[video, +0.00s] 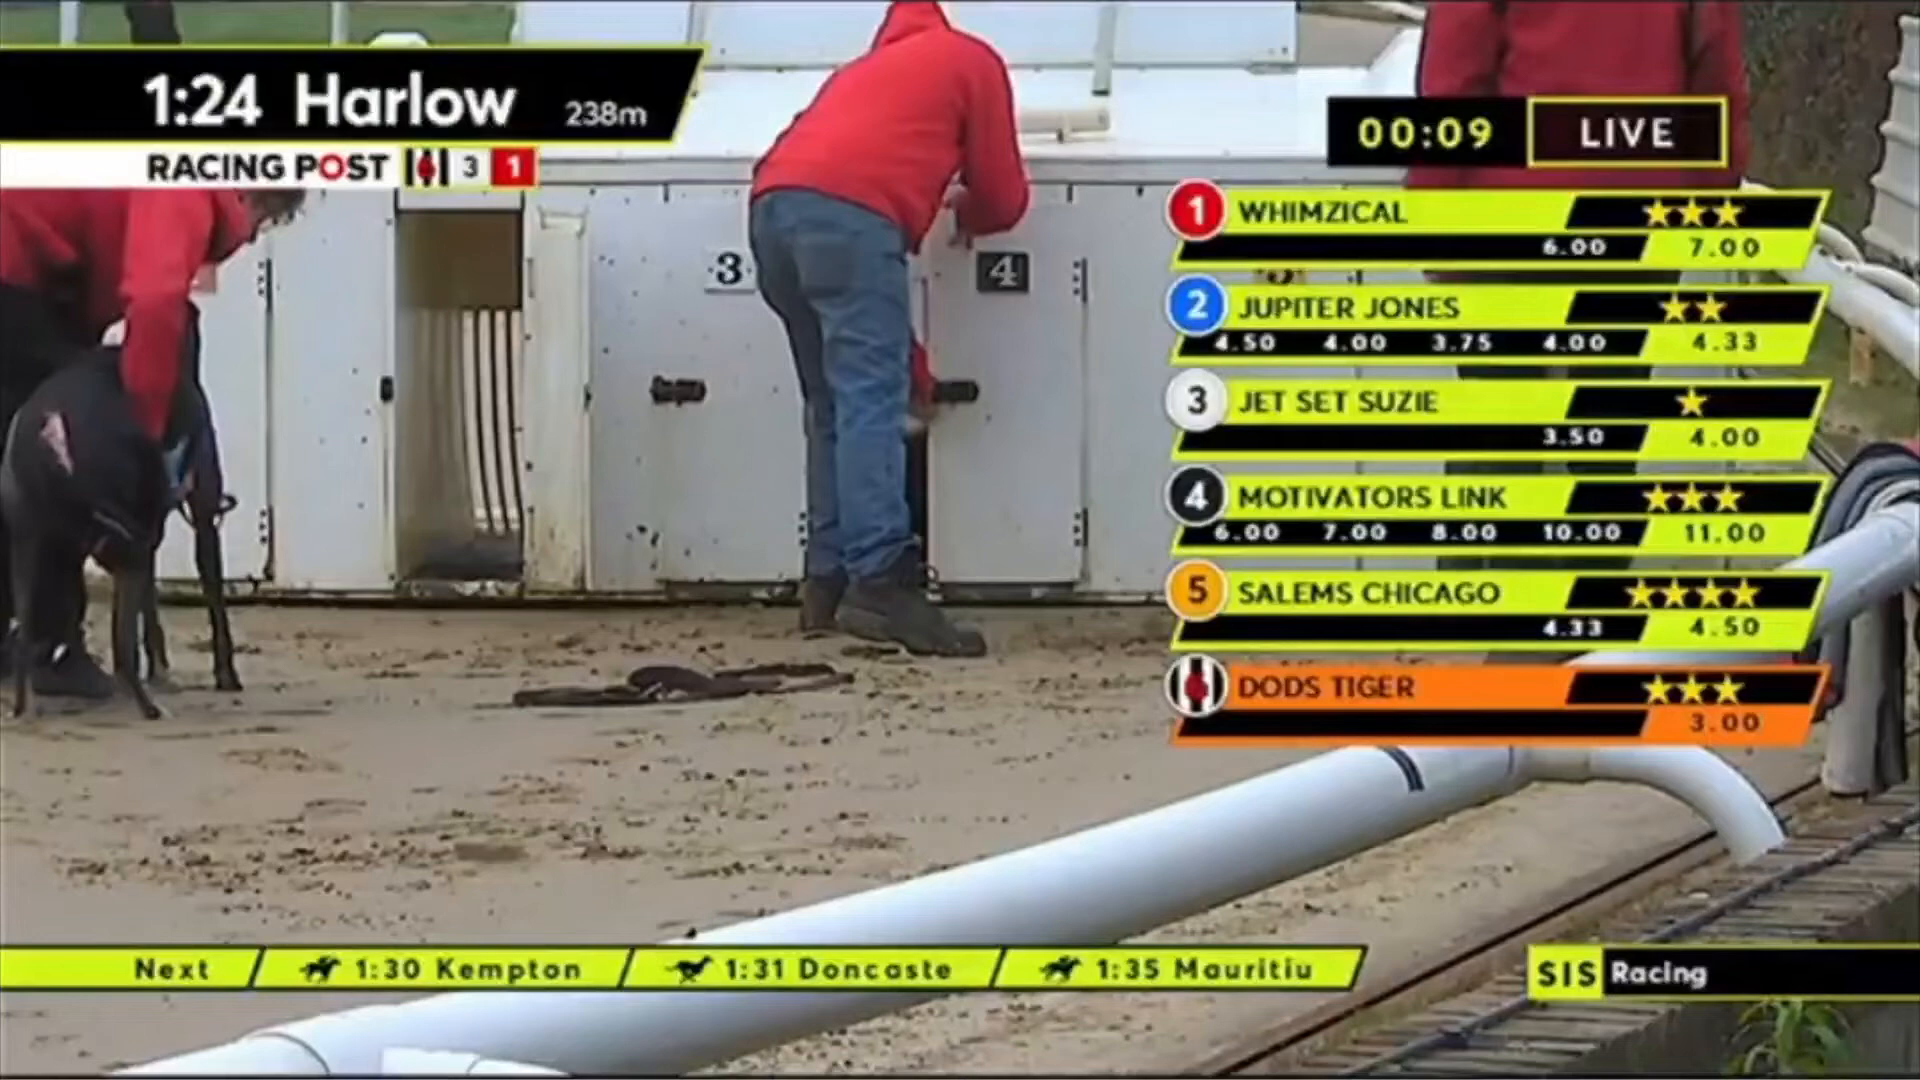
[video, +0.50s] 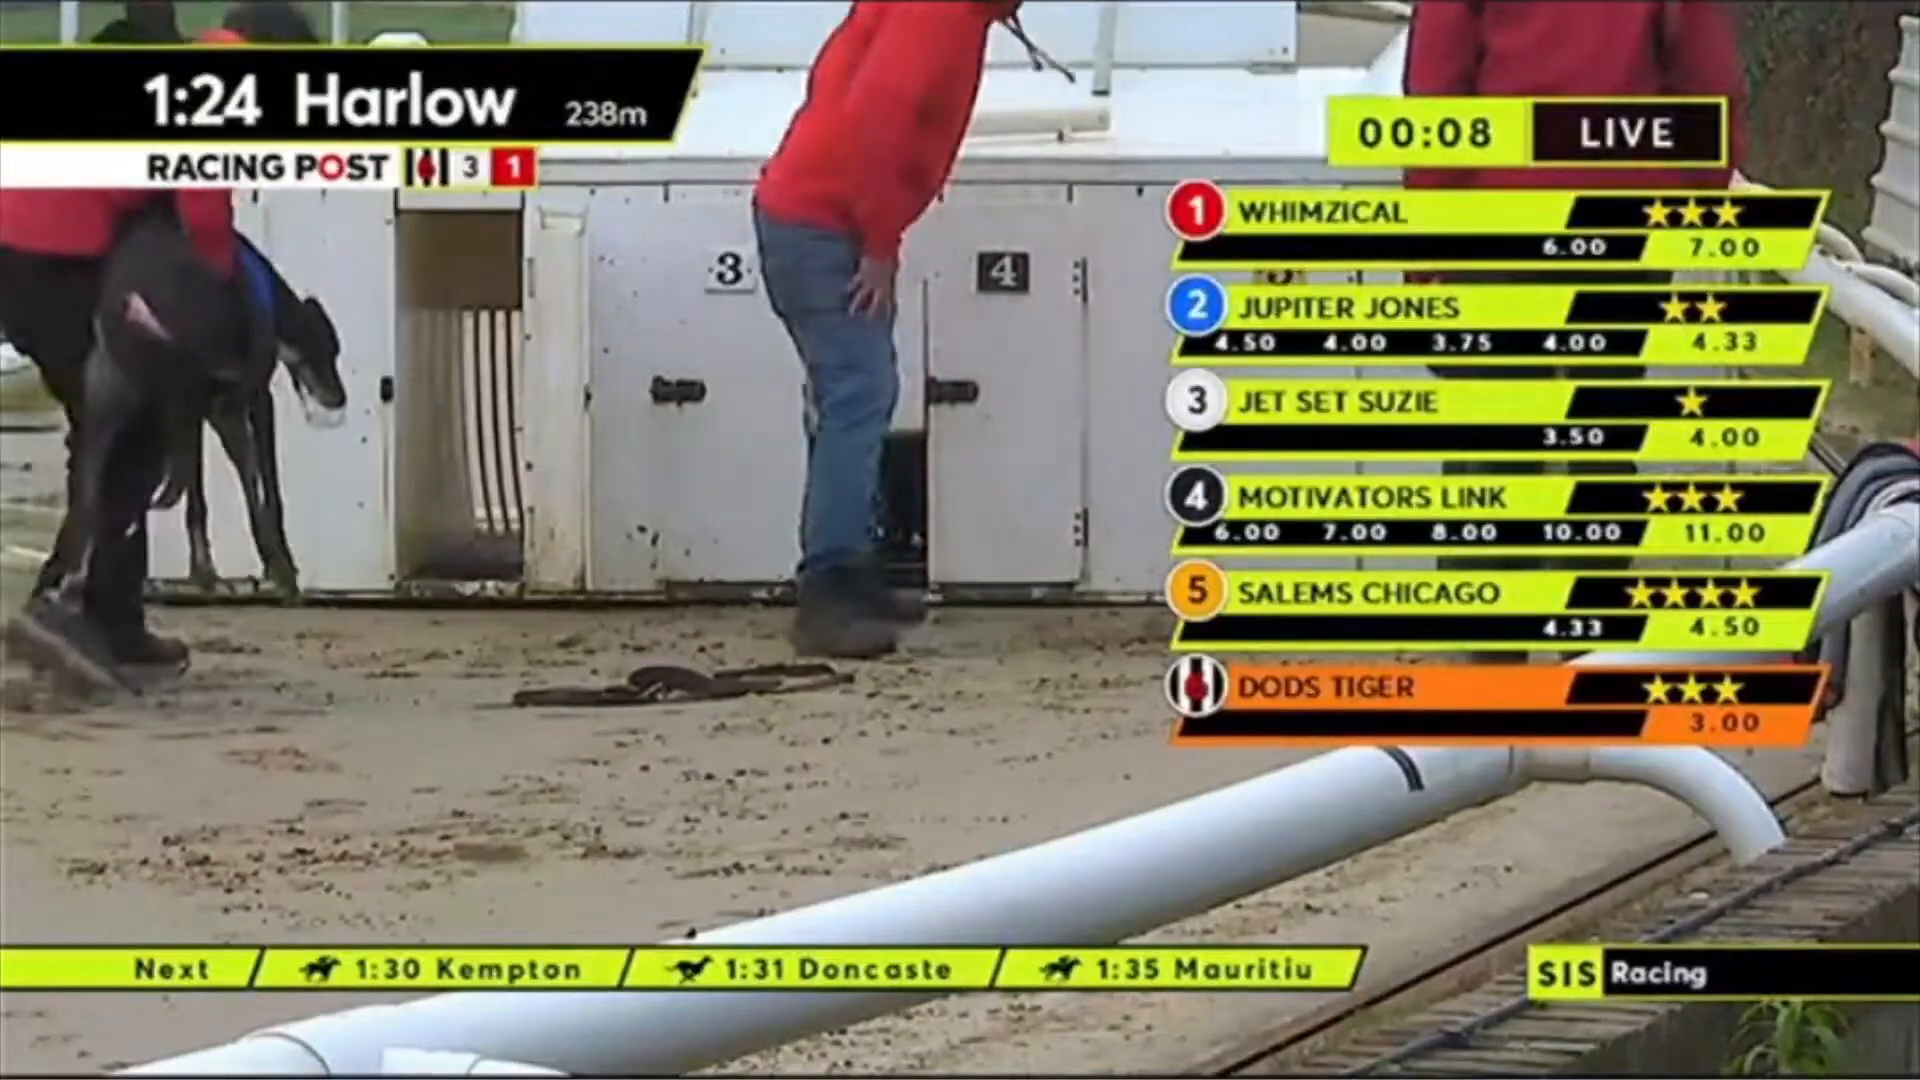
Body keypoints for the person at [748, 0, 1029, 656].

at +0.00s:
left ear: (894, 28)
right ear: (951, 23)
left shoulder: (861, 67)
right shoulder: (973, 58)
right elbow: (1003, 205)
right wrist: (968, 210)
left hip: (774, 212)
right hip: (854, 215)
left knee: (825, 403)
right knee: (872, 401)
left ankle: (826, 584)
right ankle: (880, 584)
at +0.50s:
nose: (1015, 12)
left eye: (1015, 11)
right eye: (1014, 7)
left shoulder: (919, 12)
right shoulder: (945, 13)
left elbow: (830, 78)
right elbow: (882, 109)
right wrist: (881, 242)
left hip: (808, 217)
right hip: (821, 223)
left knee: (849, 394)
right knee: (862, 392)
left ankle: (843, 581)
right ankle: (831, 595)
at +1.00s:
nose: (886, 66)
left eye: (901, 52)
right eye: (871, 50)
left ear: (928, 38)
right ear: (851, 36)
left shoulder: (974, 41)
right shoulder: (815, 77)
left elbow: (980, 131)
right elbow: (787, 234)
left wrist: (938, 211)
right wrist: (806, 372)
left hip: (932, 259)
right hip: (830, 271)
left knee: (952, 395)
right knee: (817, 419)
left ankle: (963, 587)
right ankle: (826, 602)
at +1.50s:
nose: (862, 364)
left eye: (876, 344)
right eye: (845, 346)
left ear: (907, 315)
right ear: (824, 318)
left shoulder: (996, 249)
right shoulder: (827, 312)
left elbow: (1093, 318)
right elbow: (791, 451)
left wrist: (1116, 430)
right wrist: (757, 617)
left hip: (1015, 313)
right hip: (918, 330)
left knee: (986, 440)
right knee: (872, 470)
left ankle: (972, 615)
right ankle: (901, 580)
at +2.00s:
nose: (905, 196)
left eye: (917, 181)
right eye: (890, 188)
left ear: (939, 142)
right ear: (861, 159)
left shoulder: (1003, 151)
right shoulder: (829, 176)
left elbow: (1054, 273)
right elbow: (802, 267)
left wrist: (976, 360)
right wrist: (799, 320)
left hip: (1011, 288)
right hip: (907, 290)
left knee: (1001, 448)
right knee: (881, 443)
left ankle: (985, 619)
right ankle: (907, 564)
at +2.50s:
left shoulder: (1057, 18)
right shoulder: (877, 16)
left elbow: (1085, 153)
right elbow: (778, 104)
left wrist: (963, 181)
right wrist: (772, 16)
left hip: (1038, 278)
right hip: (922, 276)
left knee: (1027, 468)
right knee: (918, 467)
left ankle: (999, 595)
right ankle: (923, 665)